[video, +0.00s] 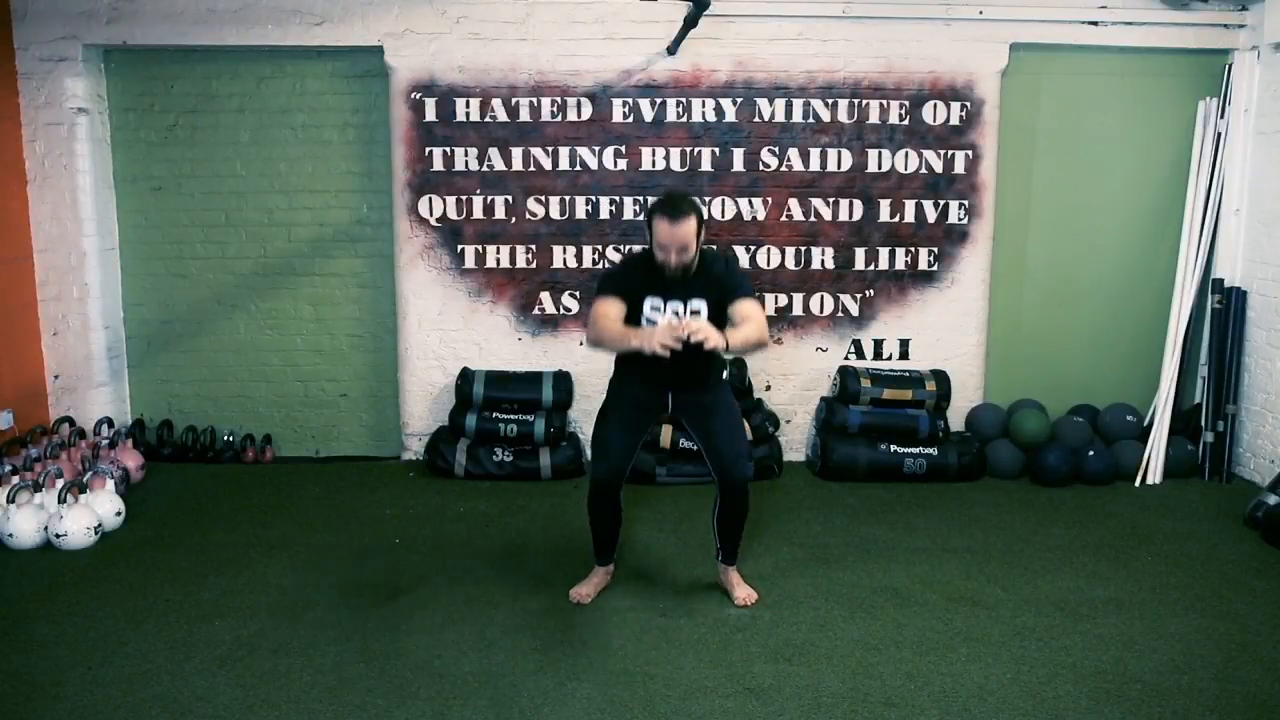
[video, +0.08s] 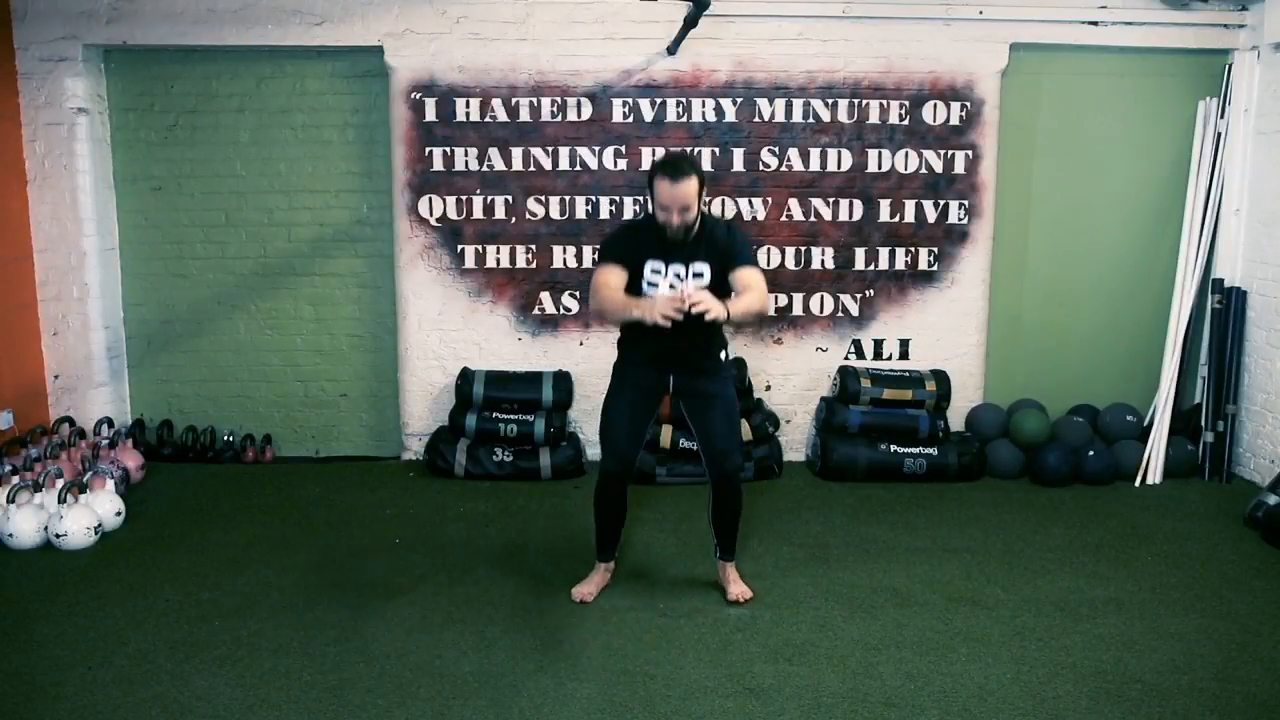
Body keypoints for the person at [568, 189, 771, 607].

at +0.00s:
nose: (673, 259)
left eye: (682, 250)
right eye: (663, 249)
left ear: (699, 235)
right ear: (650, 237)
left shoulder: (721, 270)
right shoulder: (628, 272)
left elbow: (757, 329)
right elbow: (598, 330)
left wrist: (724, 338)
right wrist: (643, 336)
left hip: (703, 386)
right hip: (637, 384)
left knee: (736, 472)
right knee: (605, 471)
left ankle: (728, 565)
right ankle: (603, 566)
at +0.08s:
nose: (675, 218)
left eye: (685, 209)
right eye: (666, 208)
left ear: (701, 197)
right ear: (652, 198)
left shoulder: (725, 239)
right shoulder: (629, 238)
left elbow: (758, 298)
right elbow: (603, 298)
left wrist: (725, 307)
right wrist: (642, 306)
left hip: (704, 367)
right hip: (640, 365)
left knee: (727, 463)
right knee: (615, 462)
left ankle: (727, 562)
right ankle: (604, 563)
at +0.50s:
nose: (686, 172)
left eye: (697, 163)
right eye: (678, 161)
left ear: (716, 159)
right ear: (666, 154)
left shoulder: (733, 207)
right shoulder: (641, 196)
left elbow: (767, 261)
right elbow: (599, 251)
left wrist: (726, 255)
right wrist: (638, 243)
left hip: (700, 357)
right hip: (633, 352)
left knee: (716, 466)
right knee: (594, 452)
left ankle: (728, 564)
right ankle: (553, 552)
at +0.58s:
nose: (679, 176)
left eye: (691, 166)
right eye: (670, 164)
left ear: (710, 162)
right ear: (659, 156)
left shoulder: (726, 211)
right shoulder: (631, 200)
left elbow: (757, 264)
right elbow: (589, 251)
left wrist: (716, 254)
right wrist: (627, 242)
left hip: (690, 361)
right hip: (621, 353)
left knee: (709, 465)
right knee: (569, 448)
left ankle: (727, 564)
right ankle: (513, 547)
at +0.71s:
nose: (658, 183)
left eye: (670, 175)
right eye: (651, 172)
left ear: (689, 170)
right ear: (640, 164)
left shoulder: (702, 219)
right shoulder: (613, 205)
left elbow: (737, 271)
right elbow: (564, 253)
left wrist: (694, 257)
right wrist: (605, 243)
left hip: (664, 369)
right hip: (595, 359)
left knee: (695, 468)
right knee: (532, 447)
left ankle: (725, 565)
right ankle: (462, 541)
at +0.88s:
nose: (605, 213)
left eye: (617, 206)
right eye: (598, 202)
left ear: (637, 199)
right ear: (588, 189)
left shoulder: (649, 240)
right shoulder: (559, 229)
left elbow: (682, 295)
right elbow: (510, 273)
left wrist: (642, 276)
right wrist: (554, 262)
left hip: (617, 389)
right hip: (545, 382)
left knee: (664, 476)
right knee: (472, 464)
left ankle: (721, 566)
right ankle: (413, 564)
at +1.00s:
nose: (549, 254)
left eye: (561, 246)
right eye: (542, 243)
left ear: (581, 238)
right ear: (530, 234)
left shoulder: (600, 280)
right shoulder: (509, 267)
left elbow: (628, 334)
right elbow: (454, 308)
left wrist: (585, 313)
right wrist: (502, 297)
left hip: (570, 413)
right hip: (497, 409)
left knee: (638, 485)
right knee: (417, 475)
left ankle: (715, 566)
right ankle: (413, 570)